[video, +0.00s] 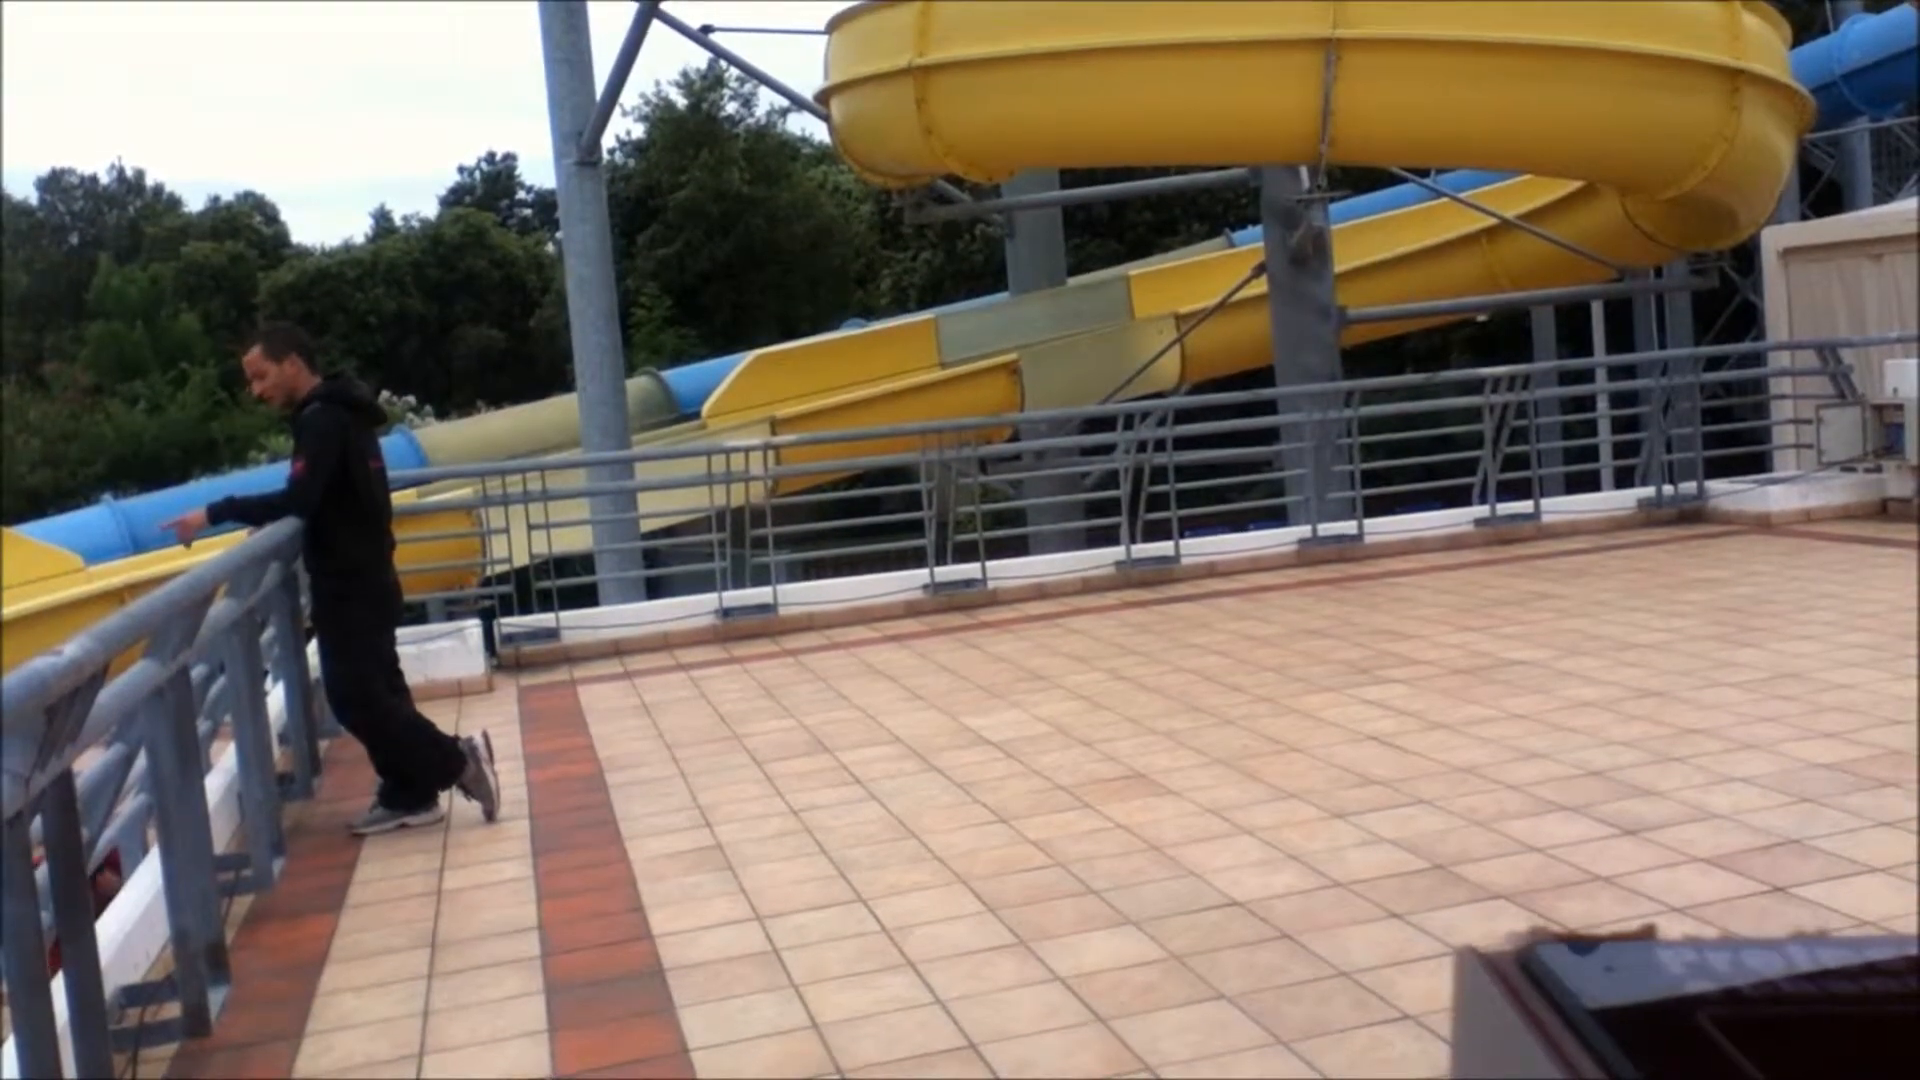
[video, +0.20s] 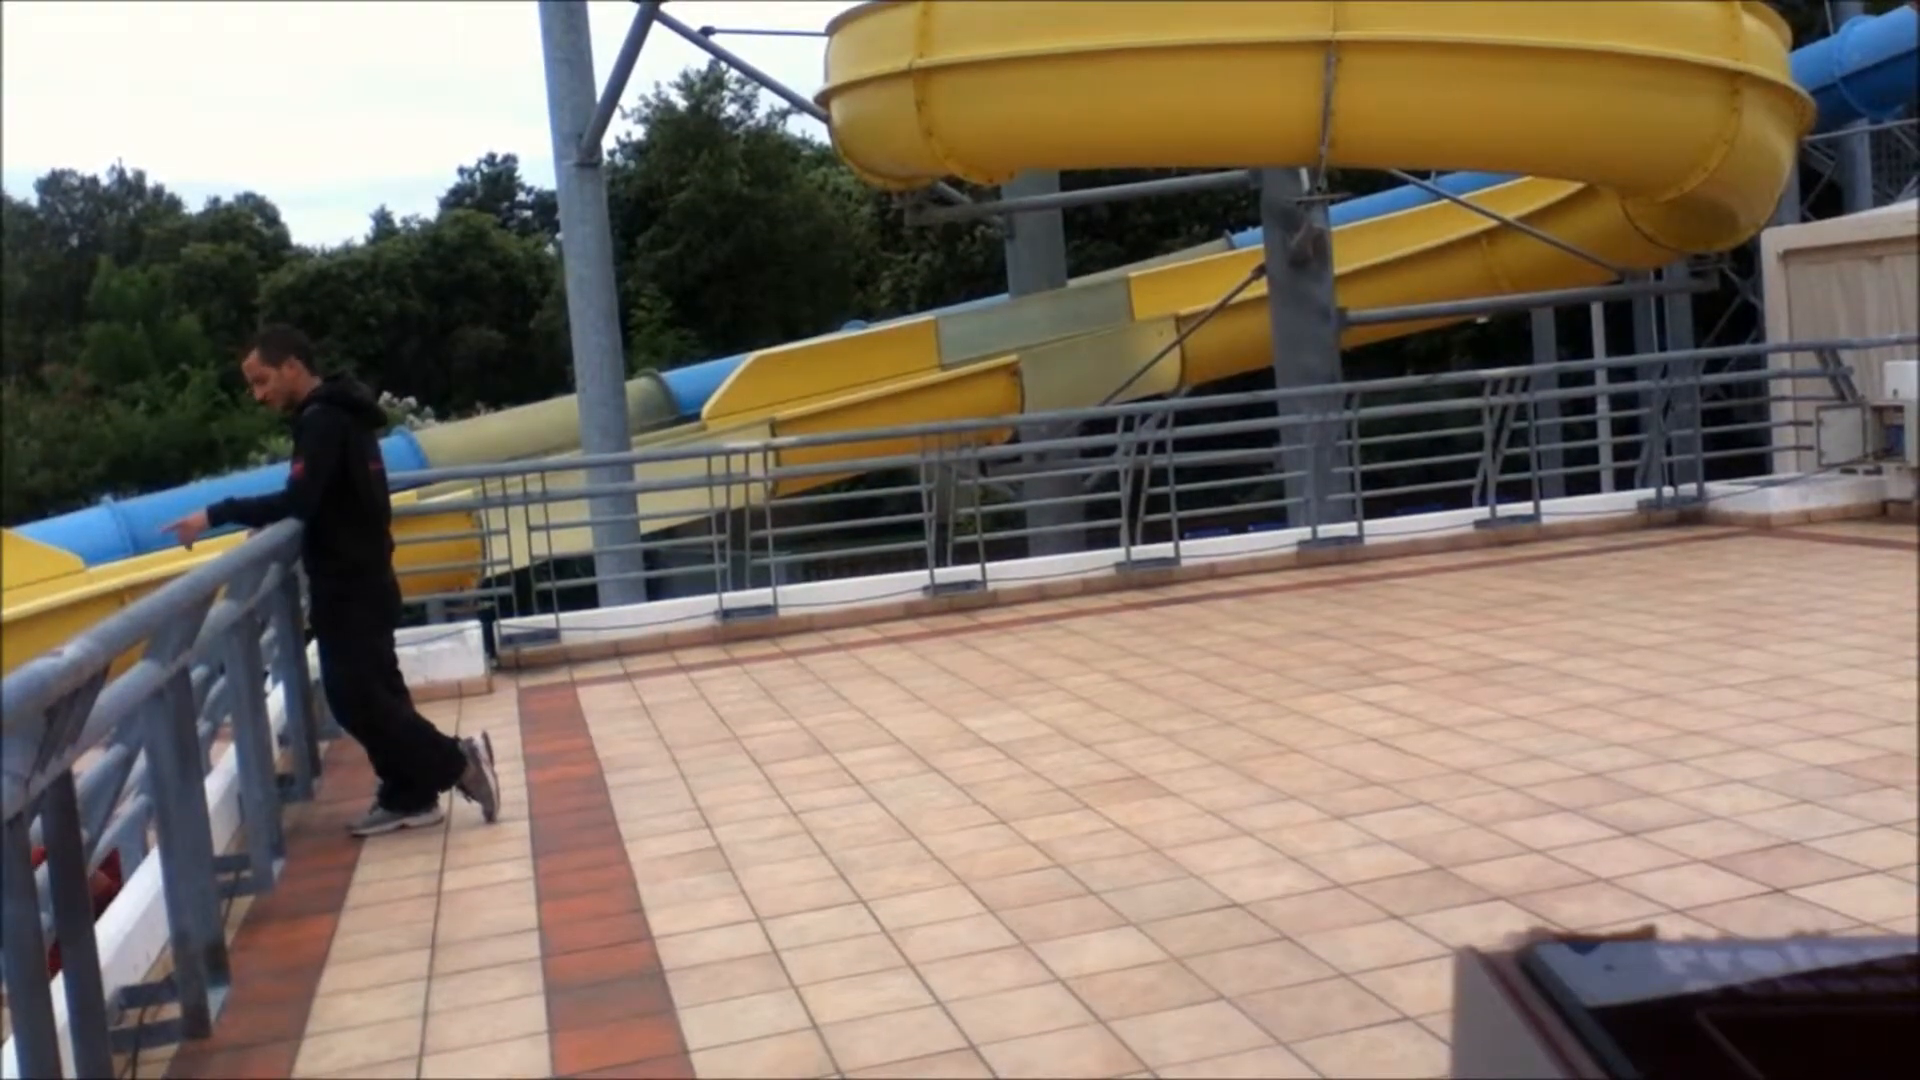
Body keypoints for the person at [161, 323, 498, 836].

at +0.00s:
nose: (256, 391)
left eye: (259, 377)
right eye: (251, 381)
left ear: (292, 365)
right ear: (294, 370)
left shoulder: (320, 419)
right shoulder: (341, 409)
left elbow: (299, 502)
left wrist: (216, 513)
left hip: (349, 586)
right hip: (367, 580)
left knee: (351, 698)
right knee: (379, 687)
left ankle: (455, 762)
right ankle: (408, 797)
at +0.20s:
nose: (257, 396)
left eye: (260, 381)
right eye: (252, 386)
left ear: (292, 368)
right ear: (295, 372)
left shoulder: (320, 420)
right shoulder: (340, 410)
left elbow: (299, 503)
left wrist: (217, 514)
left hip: (348, 587)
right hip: (365, 581)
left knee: (351, 699)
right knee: (377, 687)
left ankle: (454, 763)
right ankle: (407, 798)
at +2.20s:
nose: (259, 400)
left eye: (259, 385)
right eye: (253, 389)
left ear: (289, 369)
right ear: (293, 373)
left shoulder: (321, 421)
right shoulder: (341, 412)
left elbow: (307, 499)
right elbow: (322, 497)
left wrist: (255, 514)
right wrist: (271, 512)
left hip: (346, 588)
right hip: (362, 583)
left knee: (349, 699)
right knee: (375, 689)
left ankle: (453, 763)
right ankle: (407, 798)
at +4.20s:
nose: (252, 358)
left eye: (253, 344)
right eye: (248, 347)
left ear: (282, 333)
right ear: (289, 336)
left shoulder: (319, 385)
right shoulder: (333, 376)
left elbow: (302, 464)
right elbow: (312, 462)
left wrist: (248, 484)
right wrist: (263, 482)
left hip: (345, 552)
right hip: (360, 548)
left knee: (348, 665)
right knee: (373, 654)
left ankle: (452, 729)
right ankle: (403, 765)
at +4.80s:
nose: (314, 332)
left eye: (325, 322)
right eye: (303, 322)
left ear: (343, 328)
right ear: (289, 330)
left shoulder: (361, 383)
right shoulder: (323, 387)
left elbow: (342, 466)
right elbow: (333, 459)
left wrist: (273, 458)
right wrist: (282, 470)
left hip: (402, 543)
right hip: (371, 543)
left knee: (389, 650)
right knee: (357, 652)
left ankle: (482, 721)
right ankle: (400, 763)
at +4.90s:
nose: (344, 319)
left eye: (355, 310)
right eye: (332, 309)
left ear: (369, 319)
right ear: (313, 319)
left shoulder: (398, 378)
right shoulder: (323, 383)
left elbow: (403, 461)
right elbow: (326, 452)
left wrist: (321, 456)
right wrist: (293, 470)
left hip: (419, 531)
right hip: (371, 535)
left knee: (418, 644)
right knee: (365, 654)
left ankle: (467, 730)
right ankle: (400, 760)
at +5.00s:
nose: (385, 316)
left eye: (393, 308)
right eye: (372, 306)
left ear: (402, 317)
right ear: (344, 316)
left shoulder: (430, 375)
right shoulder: (335, 385)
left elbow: (468, 451)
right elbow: (315, 444)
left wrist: (396, 465)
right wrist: (272, 496)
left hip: (442, 530)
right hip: (383, 532)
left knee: (441, 646)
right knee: (360, 644)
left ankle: (452, 753)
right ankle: (392, 756)